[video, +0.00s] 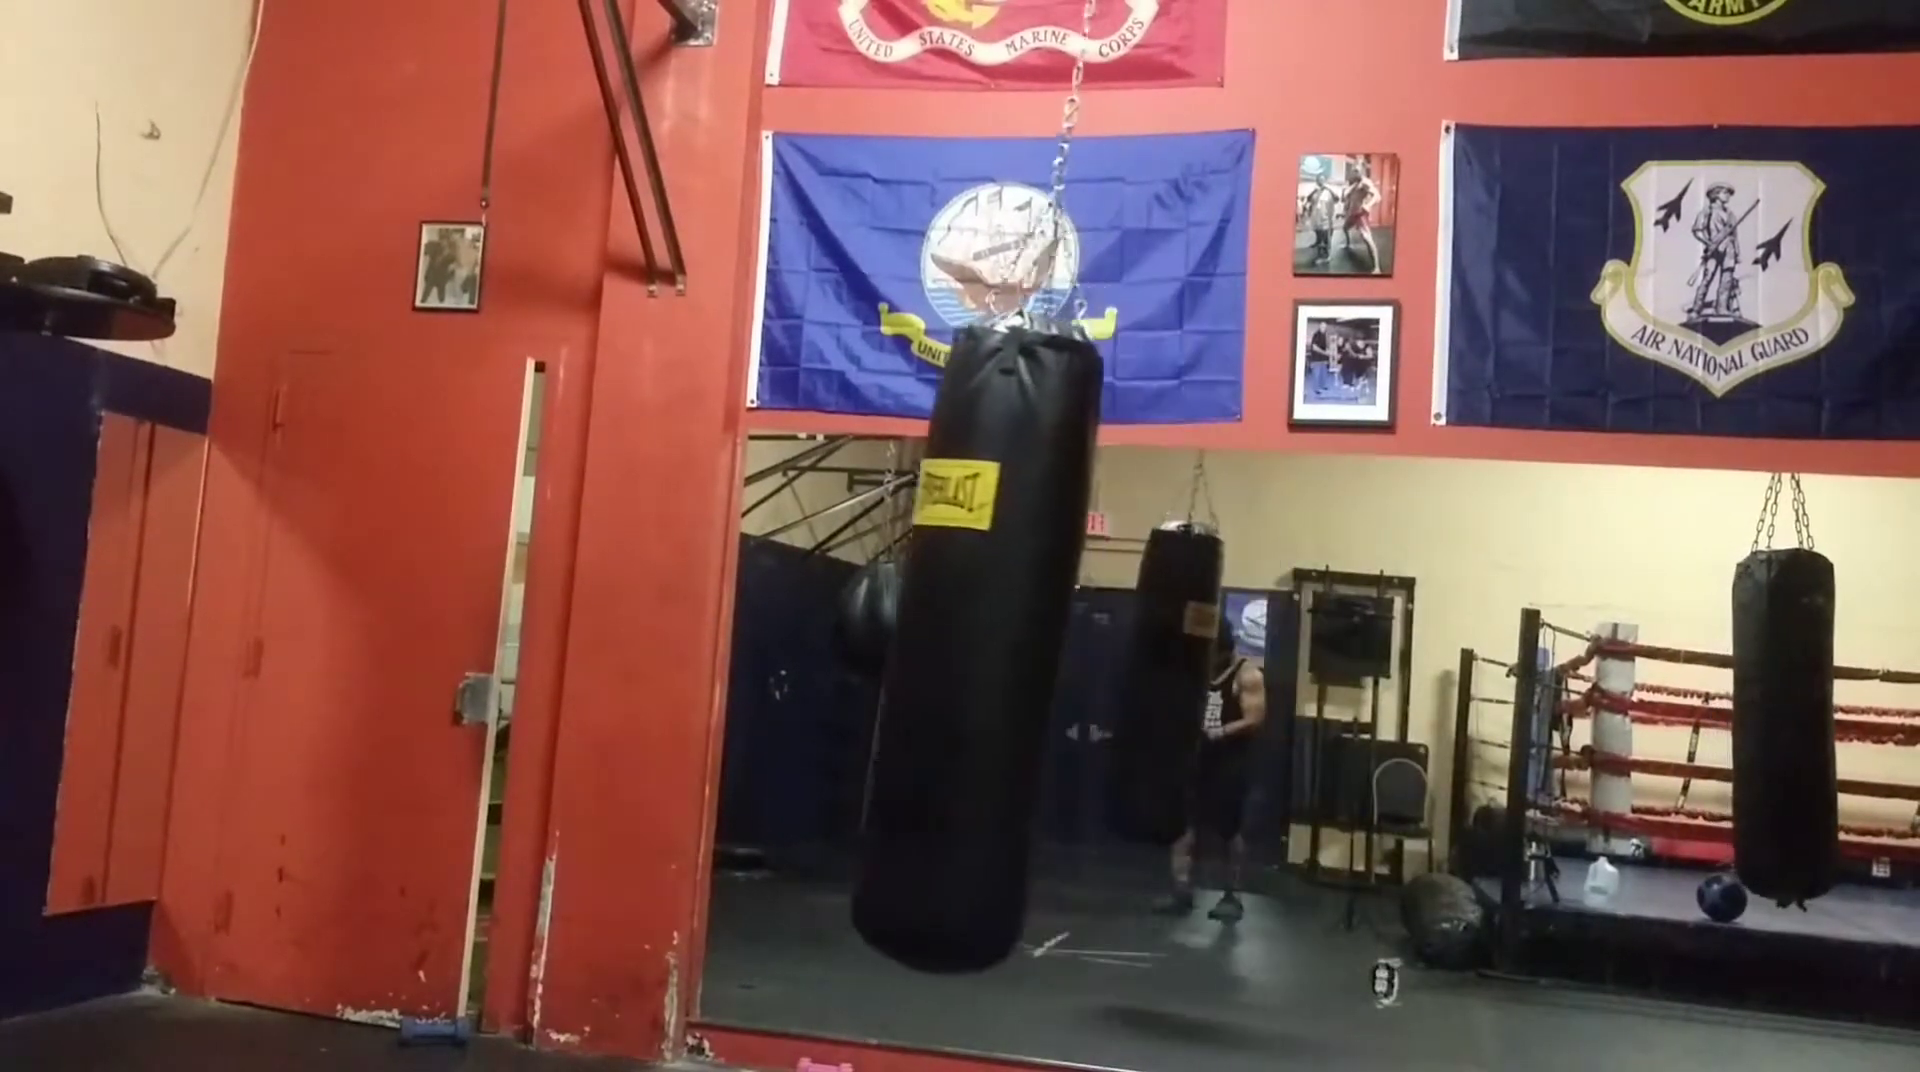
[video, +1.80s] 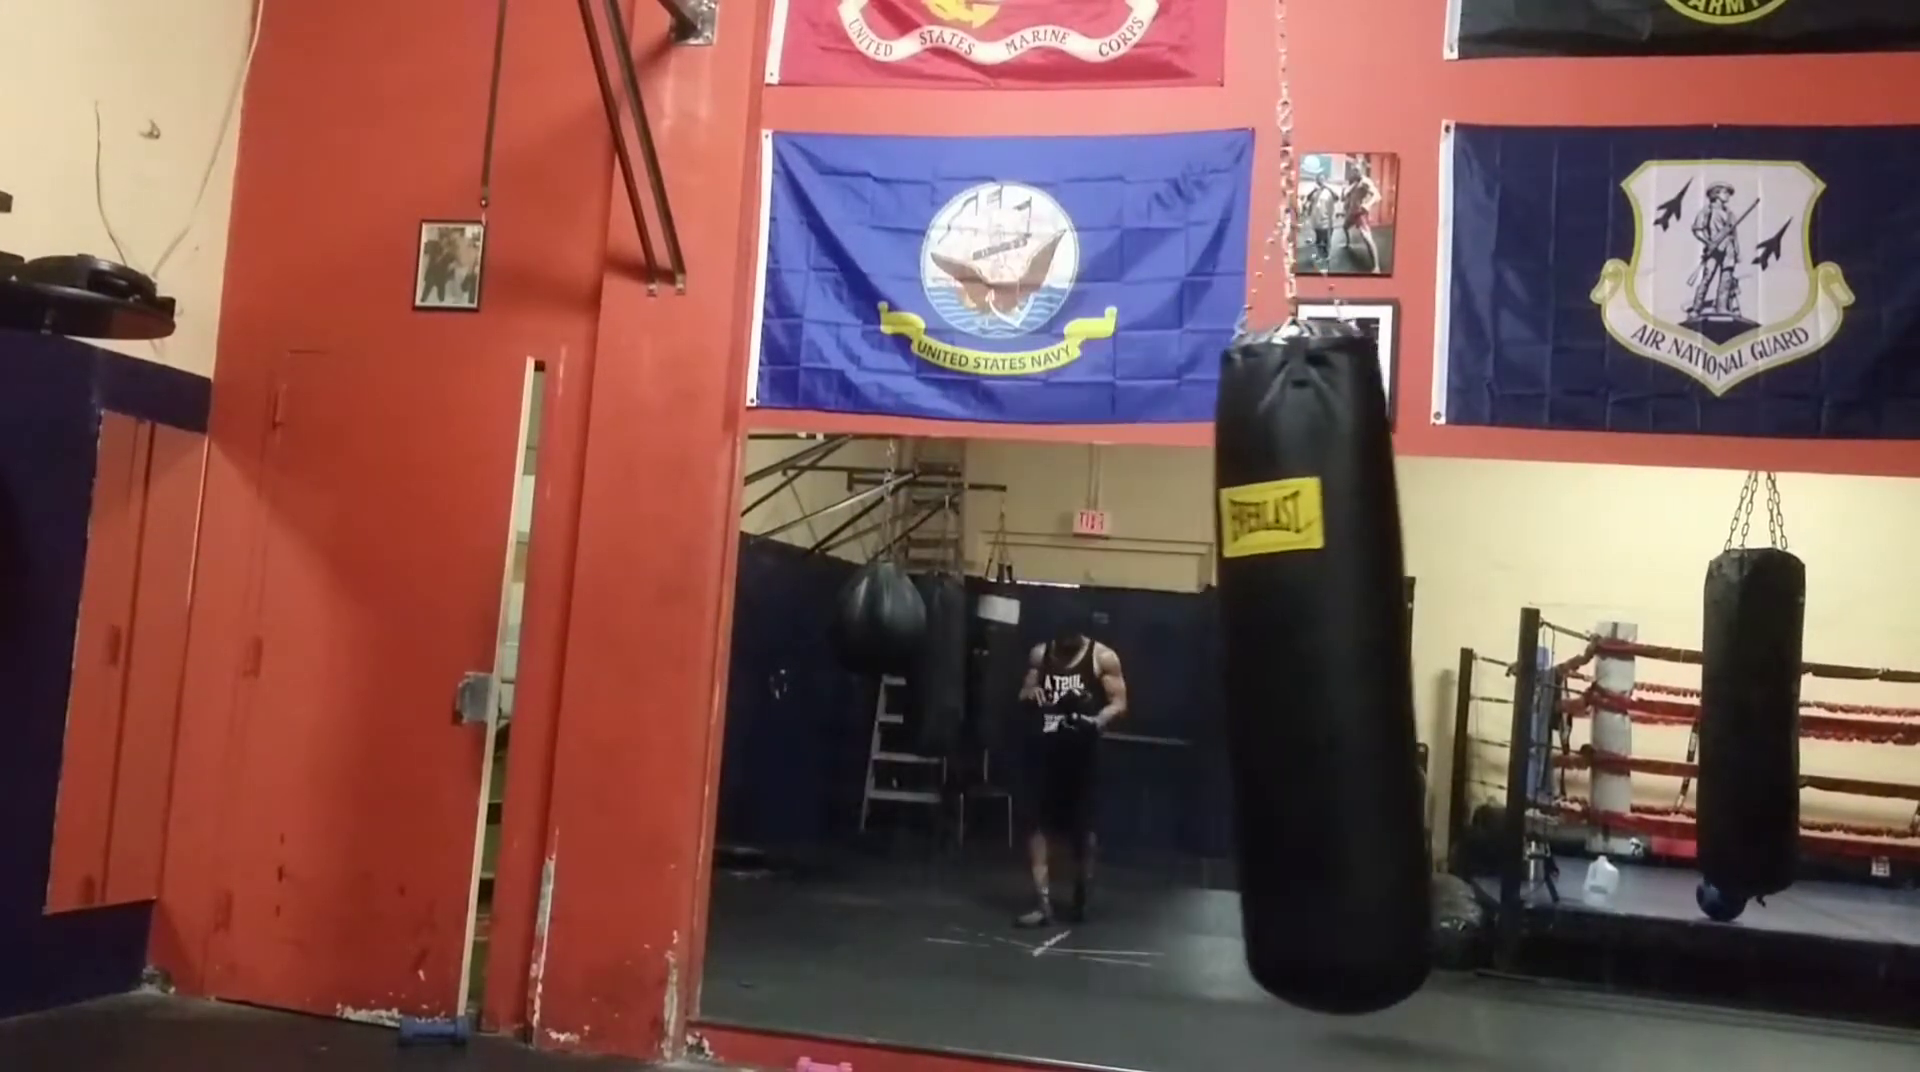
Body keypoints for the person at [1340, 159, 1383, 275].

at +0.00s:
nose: (1354, 174)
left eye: (1356, 171)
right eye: (1352, 172)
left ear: (1360, 172)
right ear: (1351, 174)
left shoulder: (1365, 183)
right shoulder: (1352, 185)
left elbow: (1376, 196)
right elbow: (1345, 199)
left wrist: (1367, 206)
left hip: (1361, 212)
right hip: (1351, 213)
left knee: (1366, 237)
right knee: (1345, 228)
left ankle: (1376, 267)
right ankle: (1348, 245)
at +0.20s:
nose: (1353, 175)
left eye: (1355, 172)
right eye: (1352, 172)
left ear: (1359, 173)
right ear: (1351, 174)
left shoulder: (1365, 183)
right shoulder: (1351, 186)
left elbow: (1376, 196)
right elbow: (1345, 199)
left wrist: (1367, 207)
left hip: (1361, 212)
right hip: (1351, 213)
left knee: (1366, 237)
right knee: (1345, 228)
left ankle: (1376, 267)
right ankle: (1348, 245)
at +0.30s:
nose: (1353, 174)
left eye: (1356, 171)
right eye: (1352, 172)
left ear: (1360, 172)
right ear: (1351, 173)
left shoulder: (1365, 182)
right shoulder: (1352, 184)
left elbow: (1377, 195)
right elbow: (1344, 197)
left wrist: (1367, 206)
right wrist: (1352, 187)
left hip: (1361, 211)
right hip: (1352, 212)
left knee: (1367, 237)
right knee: (1345, 227)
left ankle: (1376, 266)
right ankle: (1348, 244)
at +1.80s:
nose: (1352, 173)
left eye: (1355, 170)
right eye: (1351, 170)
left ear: (1359, 171)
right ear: (1351, 171)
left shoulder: (1365, 182)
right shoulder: (1351, 184)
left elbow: (1376, 195)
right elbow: (1344, 198)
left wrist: (1367, 205)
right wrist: (1344, 193)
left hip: (1361, 212)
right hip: (1351, 212)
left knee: (1366, 237)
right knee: (1345, 227)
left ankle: (1376, 266)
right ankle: (1347, 243)